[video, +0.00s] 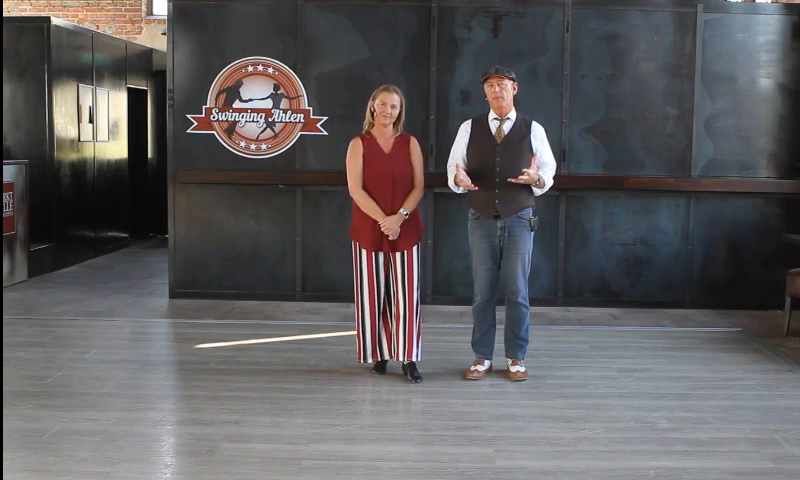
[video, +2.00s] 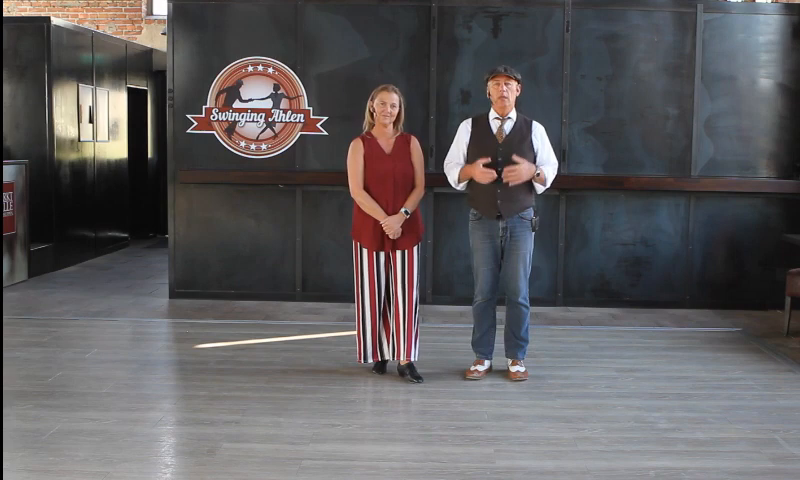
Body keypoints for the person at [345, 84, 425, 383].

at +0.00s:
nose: (388, 110)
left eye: (393, 106)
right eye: (383, 104)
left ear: (399, 110)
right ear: (373, 107)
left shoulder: (410, 143)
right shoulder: (358, 144)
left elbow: (419, 187)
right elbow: (355, 189)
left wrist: (399, 216)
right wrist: (386, 220)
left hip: (405, 229)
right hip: (369, 230)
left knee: (407, 295)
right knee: (373, 295)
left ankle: (409, 358)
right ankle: (379, 355)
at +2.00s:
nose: (387, 109)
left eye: (392, 105)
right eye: (382, 104)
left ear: (399, 110)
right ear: (372, 107)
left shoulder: (411, 143)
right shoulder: (359, 145)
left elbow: (420, 187)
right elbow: (356, 190)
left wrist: (400, 216)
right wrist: (387, 220)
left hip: (405, 230)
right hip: (370, 231)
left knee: (406, 295)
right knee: (373, 295)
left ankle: (406, 359)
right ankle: (379, 356)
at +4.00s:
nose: (395, 108)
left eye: (396, 103)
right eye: (388, 105)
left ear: (400, 107)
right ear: (373, 110)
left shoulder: (412, 143)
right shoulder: (360, 145)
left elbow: (420, 188)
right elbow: (357, 191)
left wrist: (401, 216)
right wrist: (388, 221)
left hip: (405, 231)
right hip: (370, 232)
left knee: (406, 295)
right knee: (373, 295)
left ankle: (406, 359)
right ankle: (378, 355)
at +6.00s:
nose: (390, 107)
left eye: (392, 102)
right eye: (383, 104)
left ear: (397, 106)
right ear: (370, 110)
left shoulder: (411, 143)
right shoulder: (360, 146)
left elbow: (420, 186)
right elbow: (357, 191)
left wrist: (402, 216)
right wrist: (388, 221)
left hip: (405, 230)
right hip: (371, 231)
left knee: (407, 295)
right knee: (374, 295)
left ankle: (406, 359)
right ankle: (378, 356)